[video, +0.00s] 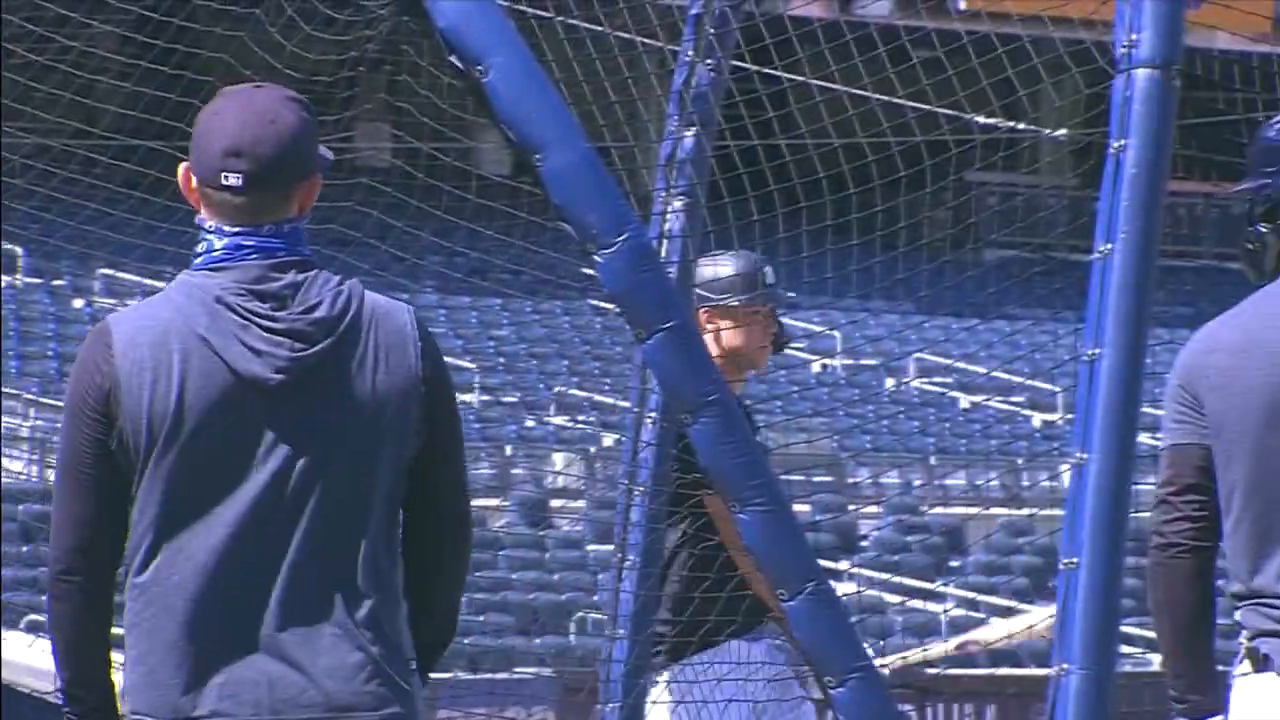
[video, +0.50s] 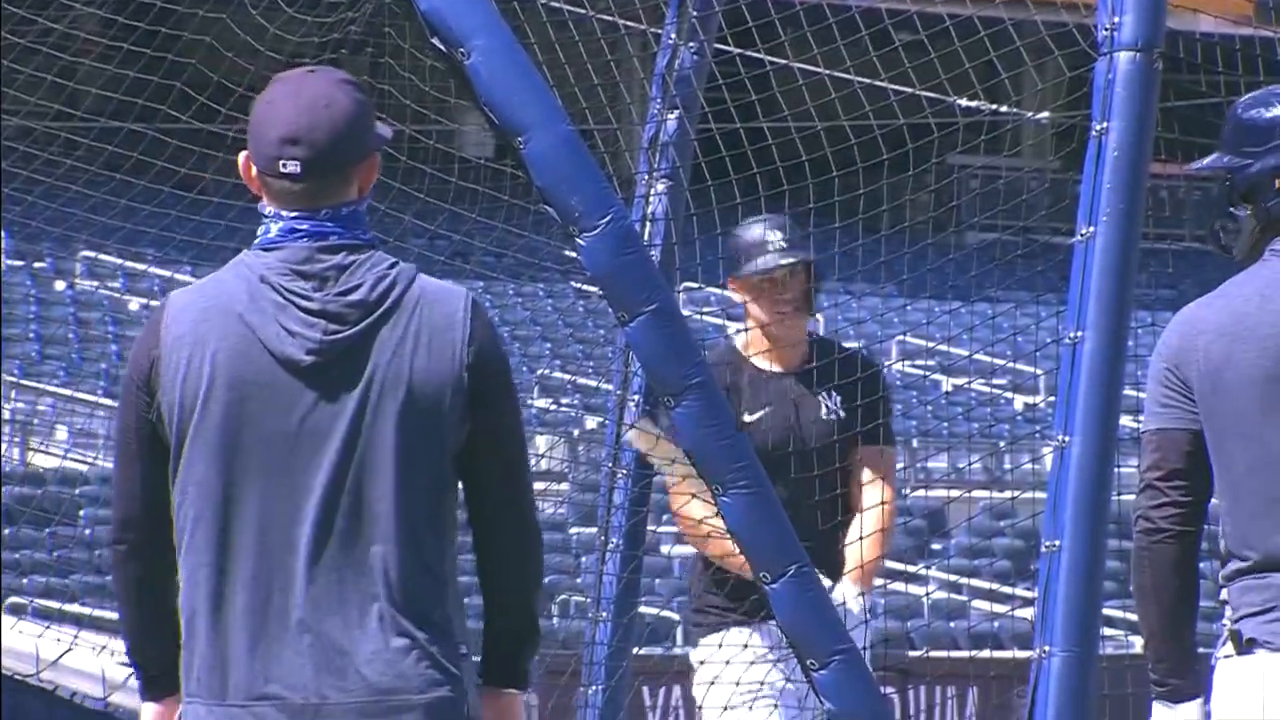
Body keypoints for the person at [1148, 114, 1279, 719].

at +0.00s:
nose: (1252, 236)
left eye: (1257, 219)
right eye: (1258, 218)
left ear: (1264, 230)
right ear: (1264, 230)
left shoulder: (1217, 350)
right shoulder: (1216, 350)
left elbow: (1179, 541)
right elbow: (1180, 541)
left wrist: (1195, 701)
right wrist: (1199, 700)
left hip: (1268, 668)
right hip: (1264, 664)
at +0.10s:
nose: (1234, 240)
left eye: (1243, 220)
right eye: (1236, 219)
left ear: (1268, 221)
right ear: (1270, 219)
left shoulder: (1204, 349)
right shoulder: (1203, 350)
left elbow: (1167, 541)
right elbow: (1167, 540)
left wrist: (1179, 701)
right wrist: (1183, 700)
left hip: (1260, 675)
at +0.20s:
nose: (1228, 242)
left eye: (1237, 221)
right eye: (1231, 220)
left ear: (1262, 222)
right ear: (1265, 221)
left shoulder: (1202, 348)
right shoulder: (1201, 350)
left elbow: (1165, 537)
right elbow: (1166, 537)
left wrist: (1176, 699)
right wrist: (1179, 697)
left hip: (1260, 671)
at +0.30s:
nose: (1224, 237)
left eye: (1234, 218)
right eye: (1226, 217)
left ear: (1263, 220)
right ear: (1266, 219)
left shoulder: (1202, 348)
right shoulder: (1201, 350)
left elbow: (1165, 537)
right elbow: (1166, 537)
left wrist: (1174, 700)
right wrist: (1177, 698)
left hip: (1263, 661)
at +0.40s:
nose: (1224, 227)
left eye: (1234, 208)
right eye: (1225, 208)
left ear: (1264, 210)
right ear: (1268, 209)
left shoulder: (1201, 341)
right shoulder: (1200, 343)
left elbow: (1164, 533)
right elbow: (1165, 533)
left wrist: (1176, 696)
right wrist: (1179, 694)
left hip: (1264, 658)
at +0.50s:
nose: (1224, 220)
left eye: (1234, 201)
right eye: (1226, 200)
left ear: (1264, 203)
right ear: (1265, 202)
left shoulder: (1202, 330)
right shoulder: (1200, 332)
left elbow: (1164, 522)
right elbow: (1165, 523)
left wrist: (1176, 691)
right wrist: (1178, 688)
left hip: (1262, 648)